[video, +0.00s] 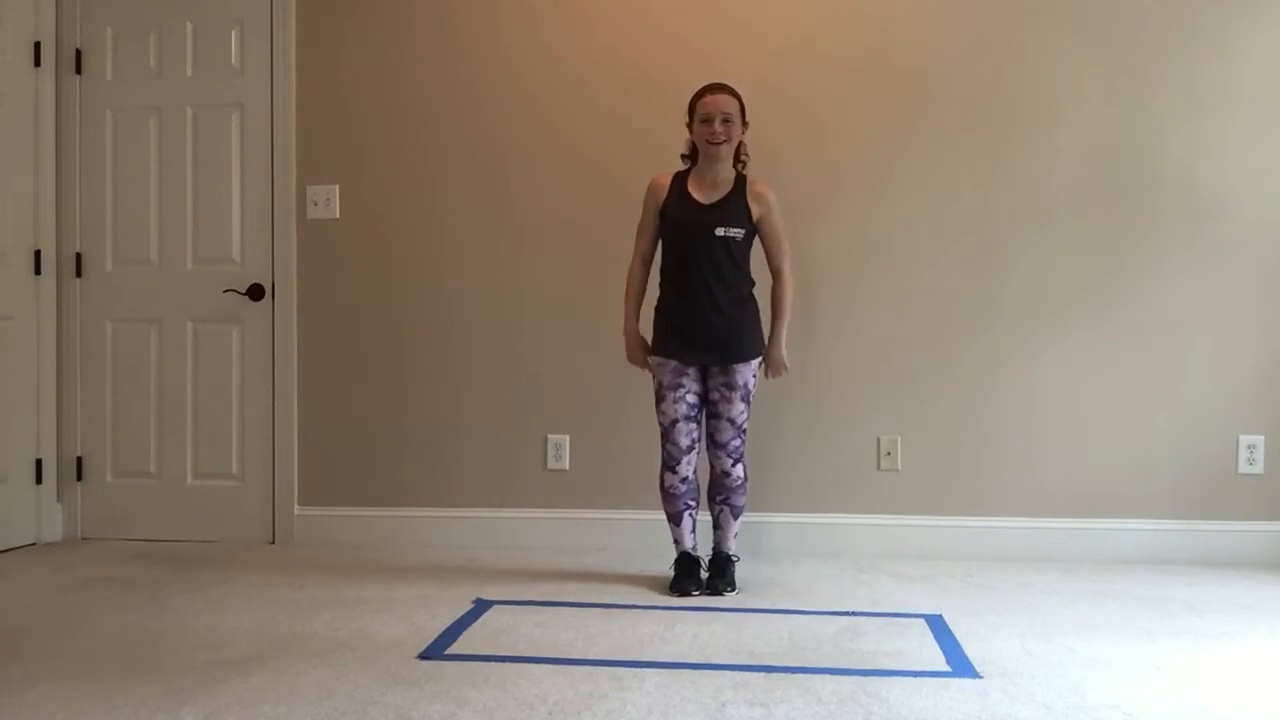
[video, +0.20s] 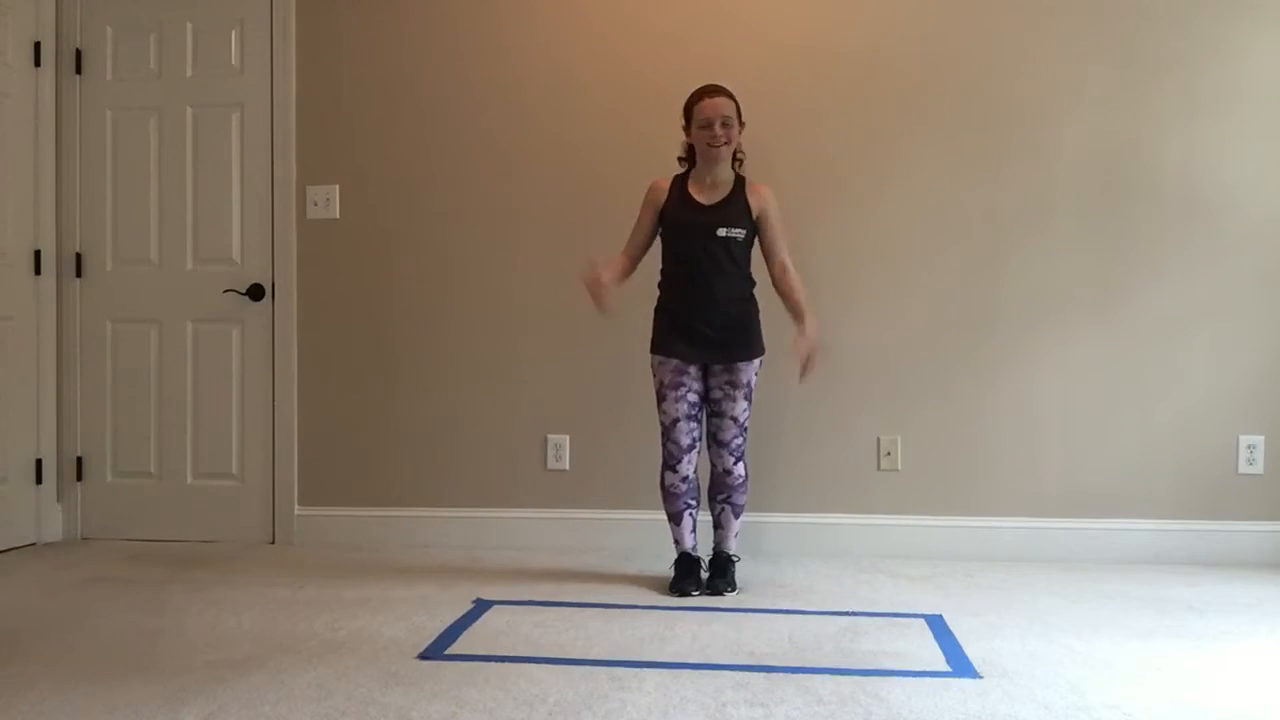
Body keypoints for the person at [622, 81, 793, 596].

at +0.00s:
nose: (717, 128)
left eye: (727, 119)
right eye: (707, 119)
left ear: (742, 128)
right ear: (691, 128)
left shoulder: (756, 196)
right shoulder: (664, 189)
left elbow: (781, 271)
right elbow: (641, 261)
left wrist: (777, 342)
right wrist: (631, 327)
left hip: (737, 346)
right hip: (674, 343)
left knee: (727, 454)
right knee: (678, 452)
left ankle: (724, 555)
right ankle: (685, 556)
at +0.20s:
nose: (716, 132)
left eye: (726, 123)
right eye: (705, 123)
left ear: (739, 130)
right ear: (688, 132)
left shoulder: (756, 197)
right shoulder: (664, 191)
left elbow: (781, 269)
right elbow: (632, 253)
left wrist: (804, 322)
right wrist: (606, 275)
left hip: (736, 343)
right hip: (676, 341)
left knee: (727, 450)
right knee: (679, 449)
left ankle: (723, 555)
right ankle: (686, 557)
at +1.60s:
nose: (704, 130)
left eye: (712, 121)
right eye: (693, 122)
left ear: (724, 129)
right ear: (673, 130)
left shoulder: (745, 192)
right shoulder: (653, 191)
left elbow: (764, 266)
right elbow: (637, 262)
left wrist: (752, 325)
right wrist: (621, 317)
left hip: (726, 344)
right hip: (667, 343)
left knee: (722, 451)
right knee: (675, 451)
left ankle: (724, 555)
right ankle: (684, 557)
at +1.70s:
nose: (703, 131)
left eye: (712, 122)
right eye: (692, 123)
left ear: (722, 130)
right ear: (672, 131)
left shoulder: (742, 190)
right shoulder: (651, 192)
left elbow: (767, 263)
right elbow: (637, 263)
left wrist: (751, 327)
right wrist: (626, 323)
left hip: (725, 343)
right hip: (665, 343)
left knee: (721, 449)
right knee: (674, 450)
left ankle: (723, 555)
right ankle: (683, 556)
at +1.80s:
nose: (703, 132)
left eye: (711, 123)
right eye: (692, 124)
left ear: (721, 130)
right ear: (672, 131)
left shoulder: (741, 190)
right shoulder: (649, 192)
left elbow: (770, 262)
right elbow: (635, 264)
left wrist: (756, 326)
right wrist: (626, 322)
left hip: (724, 342)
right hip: (664, 342)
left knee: (721, 449)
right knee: (673, 450)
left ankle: (723, 555)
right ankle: (683, 557)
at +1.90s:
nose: (702, 133)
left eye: (711, 124)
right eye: (691, 124)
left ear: (721, 130)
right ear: (670, 132)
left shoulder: (739, 190)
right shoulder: (648, 192)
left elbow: (773, 256)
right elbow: (632, 262)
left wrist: (773, 316)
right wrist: (618, 319)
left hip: (724, 341)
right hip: (664, 342)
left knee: (721, 449)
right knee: (673, 449)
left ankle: (723, 555)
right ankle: (683, 557)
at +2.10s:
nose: (701, 132)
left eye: (710, 122)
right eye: (690, 123)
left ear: (722, 128)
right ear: (670, 130)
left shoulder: (739, 190)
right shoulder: (646, 190)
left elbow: (784, 235)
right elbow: (621, 261)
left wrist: (839, 256)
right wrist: (582, 309)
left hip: (723, 340)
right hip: (663, 340)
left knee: (723, 448)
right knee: (673, 449)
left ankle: (725, 554)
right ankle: (682, 556)